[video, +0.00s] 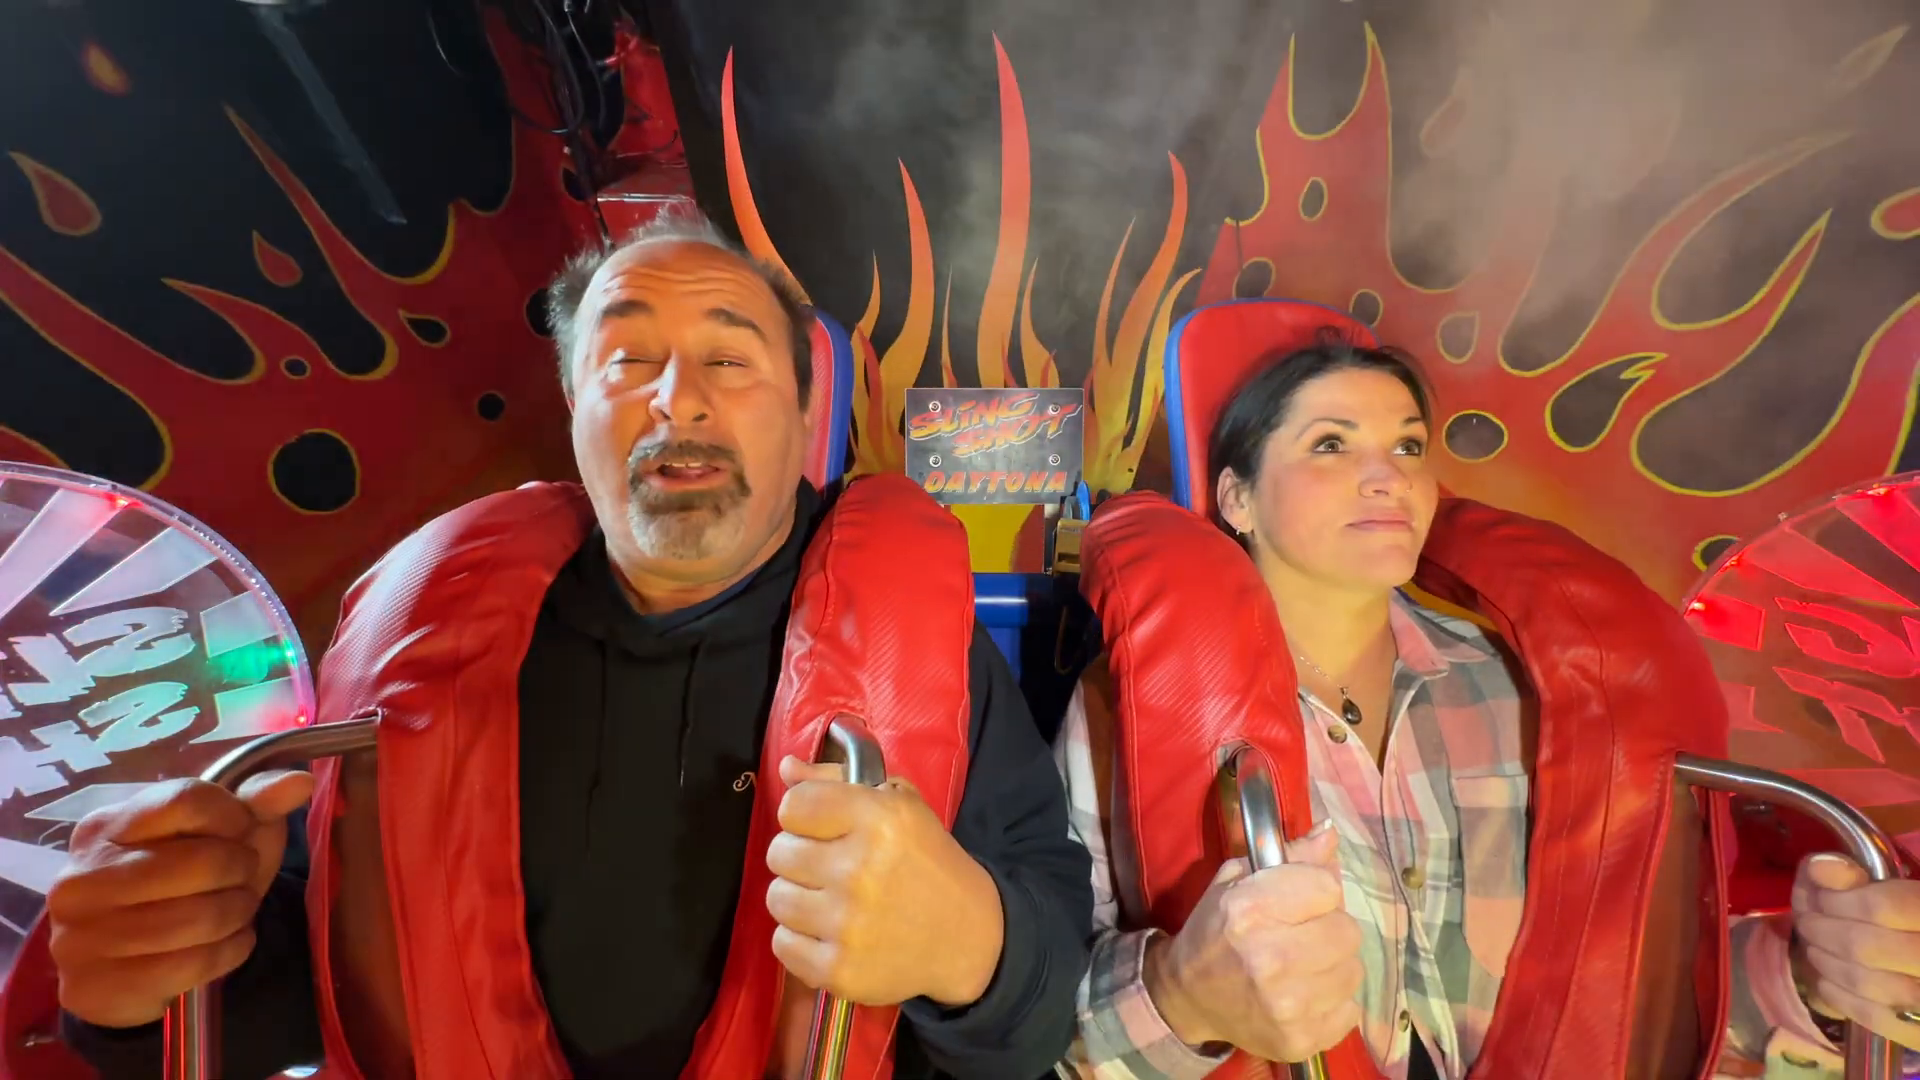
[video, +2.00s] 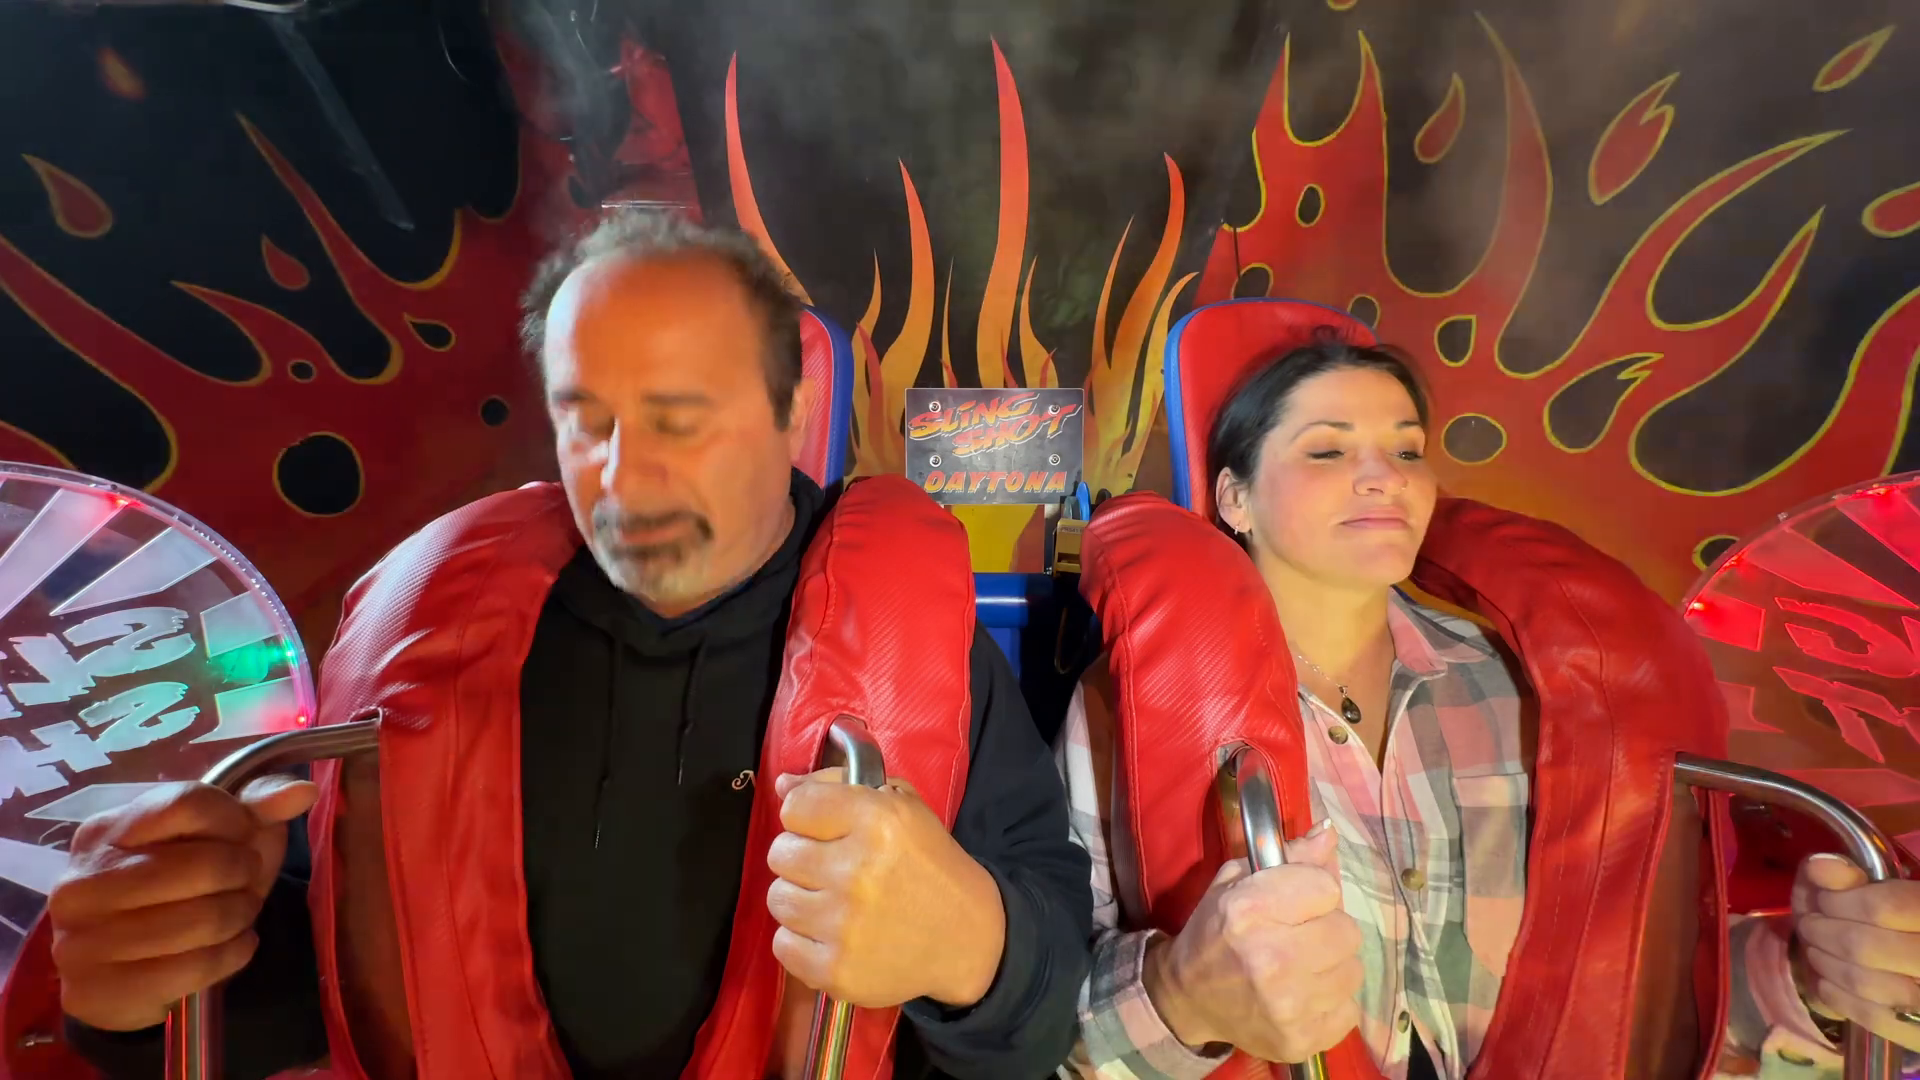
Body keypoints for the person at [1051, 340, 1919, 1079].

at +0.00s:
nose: (1388, 478)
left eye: (1408, 447)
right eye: (1330, 447)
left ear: (1437, 485)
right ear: (1238, 500)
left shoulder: (1514, 693)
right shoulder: (1141, 712)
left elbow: (1599, 975)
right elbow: (1041, 1028)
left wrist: (1793, 968)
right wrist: (1170, 1000)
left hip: (1488, 1067)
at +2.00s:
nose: (1382, 485)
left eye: (1405, 454)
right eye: (1328, 454)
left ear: (1436, 487)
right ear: (1235, 500)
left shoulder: (1514, 692)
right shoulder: (1137, 715)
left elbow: (1605, 972)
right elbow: (1055, 1029)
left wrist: (1801, 972)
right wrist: (1173, 1003)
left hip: (1488, 1066)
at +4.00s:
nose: (1383, 482)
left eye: (1405, 454)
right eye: (1328, 454)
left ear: (1435, 488)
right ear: (1238, 500)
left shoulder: (1518, 686)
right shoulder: (1143, 708)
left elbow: (1607, 969)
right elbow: (1050, 1031)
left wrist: (1790, 972)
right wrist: (1171, 996)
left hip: (1501, 1065)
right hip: (1269, 1073)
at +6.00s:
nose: (1383, 485)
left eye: (1405, 456)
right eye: (1330, 457)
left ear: (1435, 490)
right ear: (1239, 501)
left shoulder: (1519, 688)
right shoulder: (1143, 712)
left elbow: (1614, 963)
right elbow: (1055, 1033)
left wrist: (1797, 970)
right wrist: (1170, 996)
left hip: (1497, 1066)